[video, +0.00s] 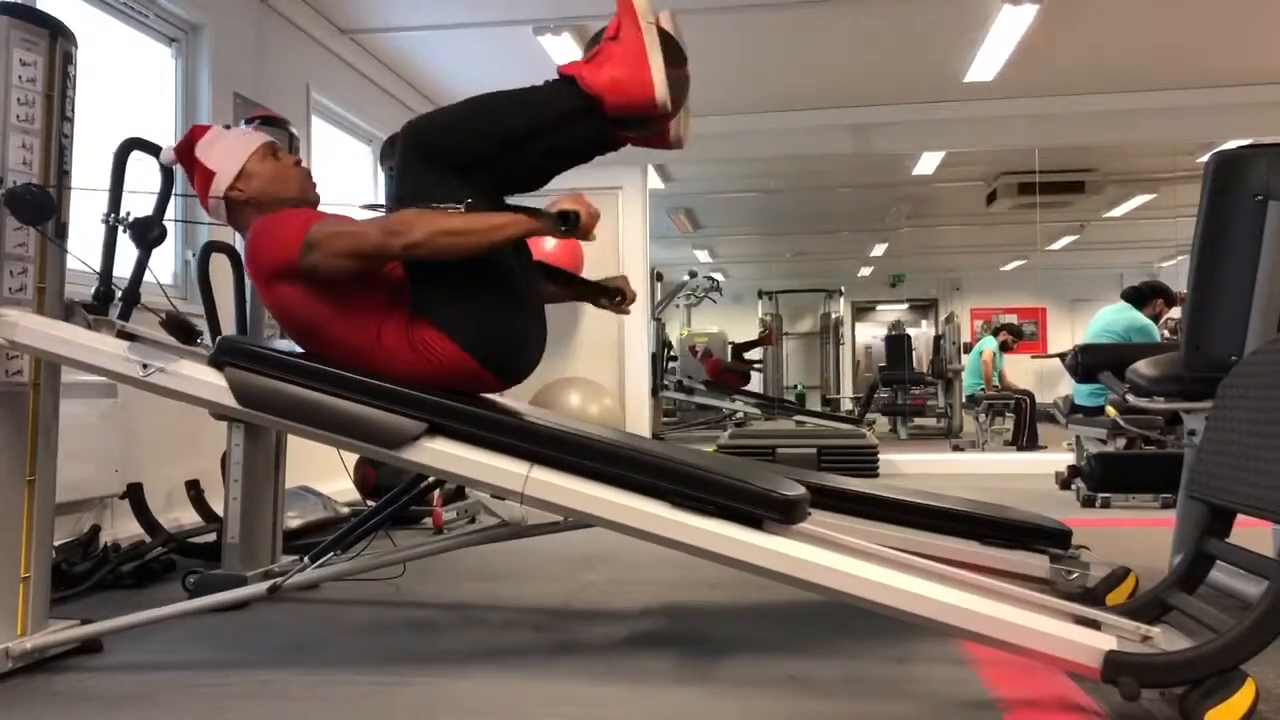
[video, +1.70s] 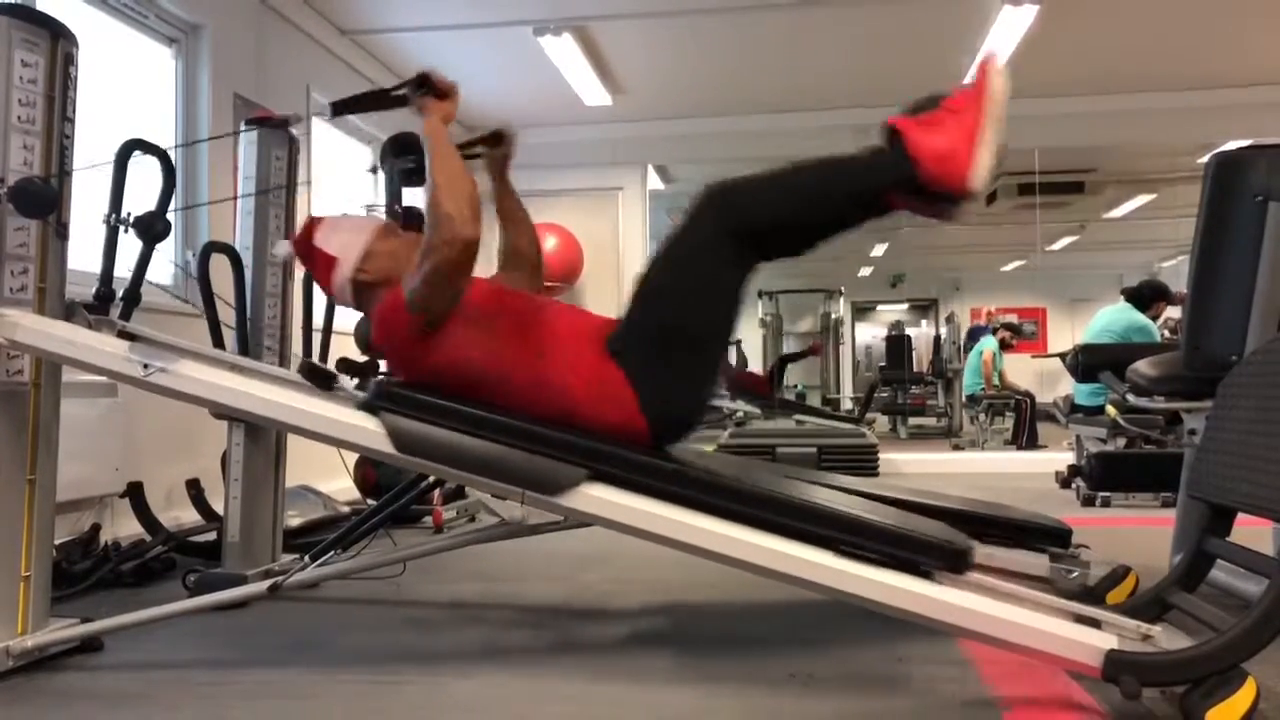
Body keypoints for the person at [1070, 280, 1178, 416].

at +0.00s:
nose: (1163, 317)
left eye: (1166, 313)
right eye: (1165, 311)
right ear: (1158, 304)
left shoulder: (1107, 311)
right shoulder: (1143, 325)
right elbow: (1158, 369)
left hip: (1081, 397)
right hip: (1102, 401)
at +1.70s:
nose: (1162, 313)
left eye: (1164, 308)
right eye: (1164, 308)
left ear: (1137, 295)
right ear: (1160, 307)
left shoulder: (1106, 312)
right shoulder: (1143, 325)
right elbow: (1157, 368)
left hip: (1081, 396)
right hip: (1102, 401)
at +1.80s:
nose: (1163, 311)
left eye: (1164, 306)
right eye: (1164, 306)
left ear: (1136, 295)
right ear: (1158, 304)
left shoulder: (1106, 311)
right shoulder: (1143, 324)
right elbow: (1157, 367)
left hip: (1082, 396)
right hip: (1102, 401)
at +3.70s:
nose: (1166, 312)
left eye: (1169, 307)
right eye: (1167, 306)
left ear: (1139, 297)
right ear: (1158, 303)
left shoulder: (1108, 311)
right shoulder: (1143, 325)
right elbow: (1156, 370)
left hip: (1083, 396)